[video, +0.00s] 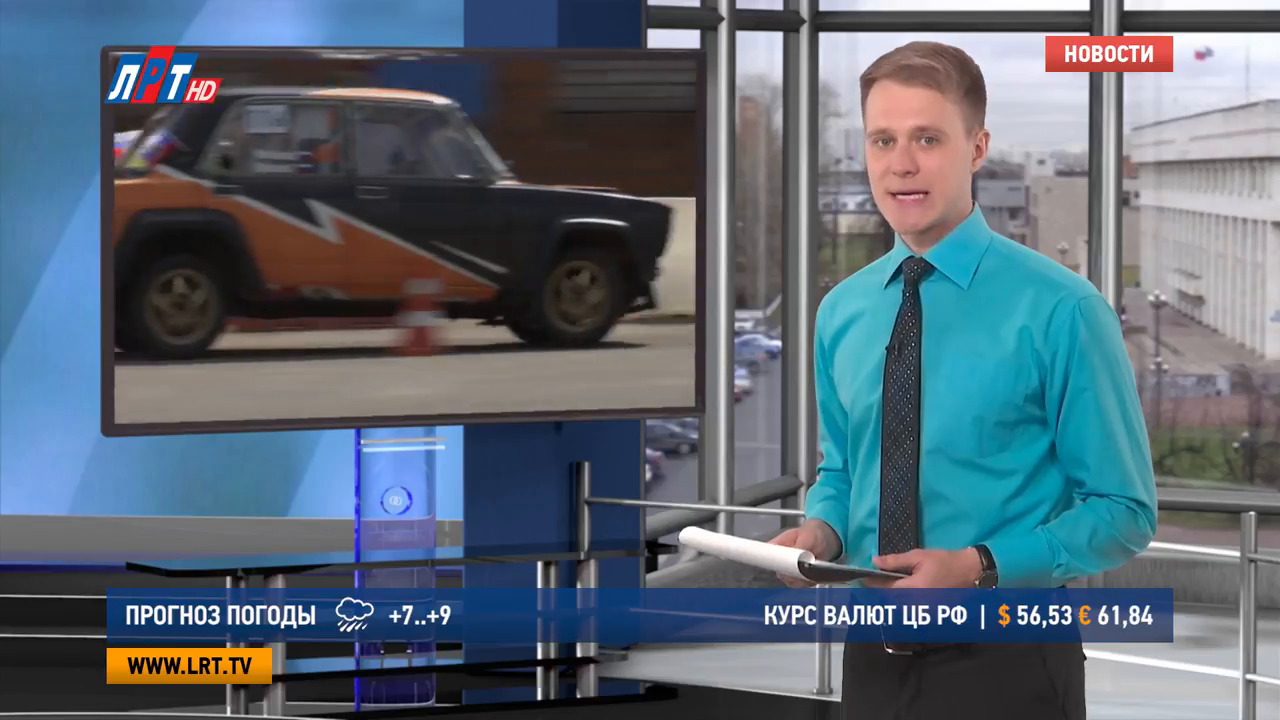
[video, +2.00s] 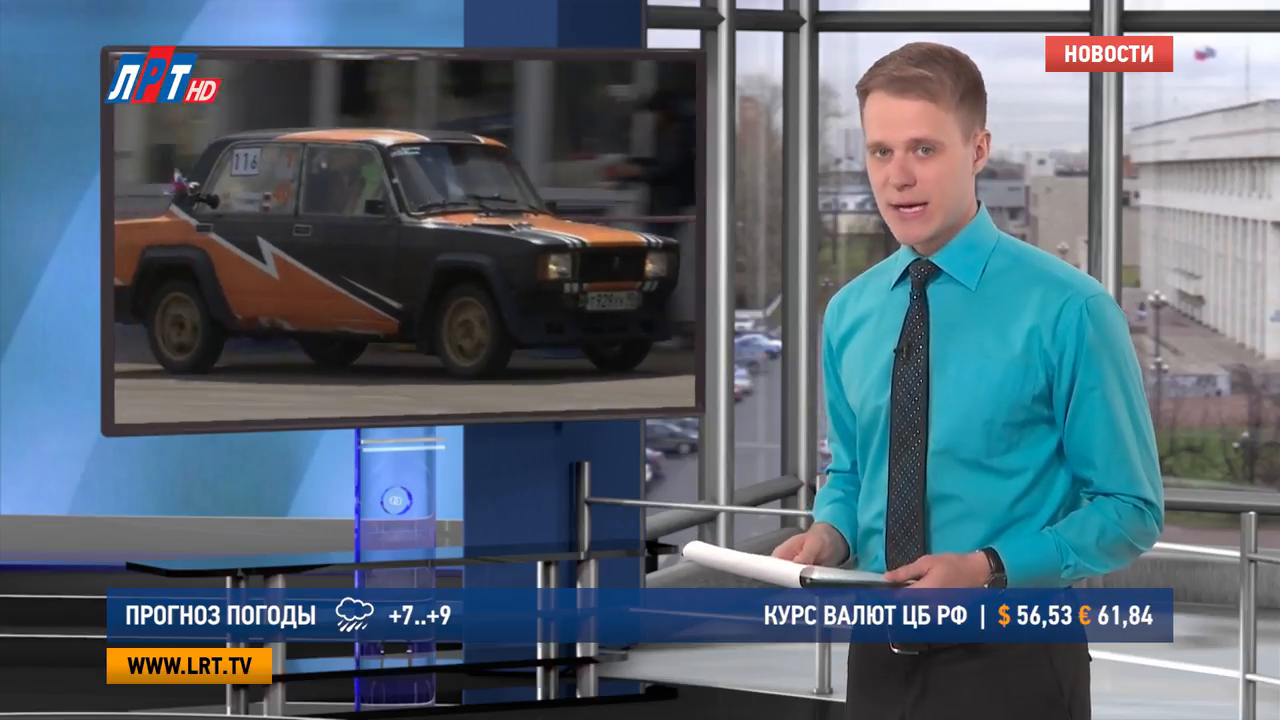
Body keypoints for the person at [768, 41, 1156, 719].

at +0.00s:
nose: (902, 163)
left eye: (928, 139)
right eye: (883, 140)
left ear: (977, 148)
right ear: (865, 152)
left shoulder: (1060, 308)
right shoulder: (841, 311)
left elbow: (1125, 508)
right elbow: (839, 472)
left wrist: (980, 565)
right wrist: (818, 532)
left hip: (1006, 662)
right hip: (874, 661)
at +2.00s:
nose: (899, 175)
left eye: (924, 149)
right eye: (881, 152)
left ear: (978, 150)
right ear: (864, 158)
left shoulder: (1069, 308)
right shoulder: (849, 312)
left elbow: (1131, 508)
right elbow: (848, 475)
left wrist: (990, 567)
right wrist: (823, 538)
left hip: (1012, 661)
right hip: (880, 659)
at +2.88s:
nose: (926, 166)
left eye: (950, 142)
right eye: (905, 141)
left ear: (986, 150)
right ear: (874, 150)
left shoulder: (1063, 306)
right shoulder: (836, 311)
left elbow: (1131, 504)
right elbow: (831, 472)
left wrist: (990, 563)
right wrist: (816, 531)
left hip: (1005, 664)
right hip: (871, 663)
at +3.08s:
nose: (929, 160)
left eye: (953, 138)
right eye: (908, 137)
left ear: (985, 149)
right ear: (873, 149)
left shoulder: (1063, 306)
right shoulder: (835, 311)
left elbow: (1128, 505)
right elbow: (831, 474)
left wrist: (987, 565)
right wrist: (813, 534)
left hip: (1006, 662)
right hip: (871, 661)